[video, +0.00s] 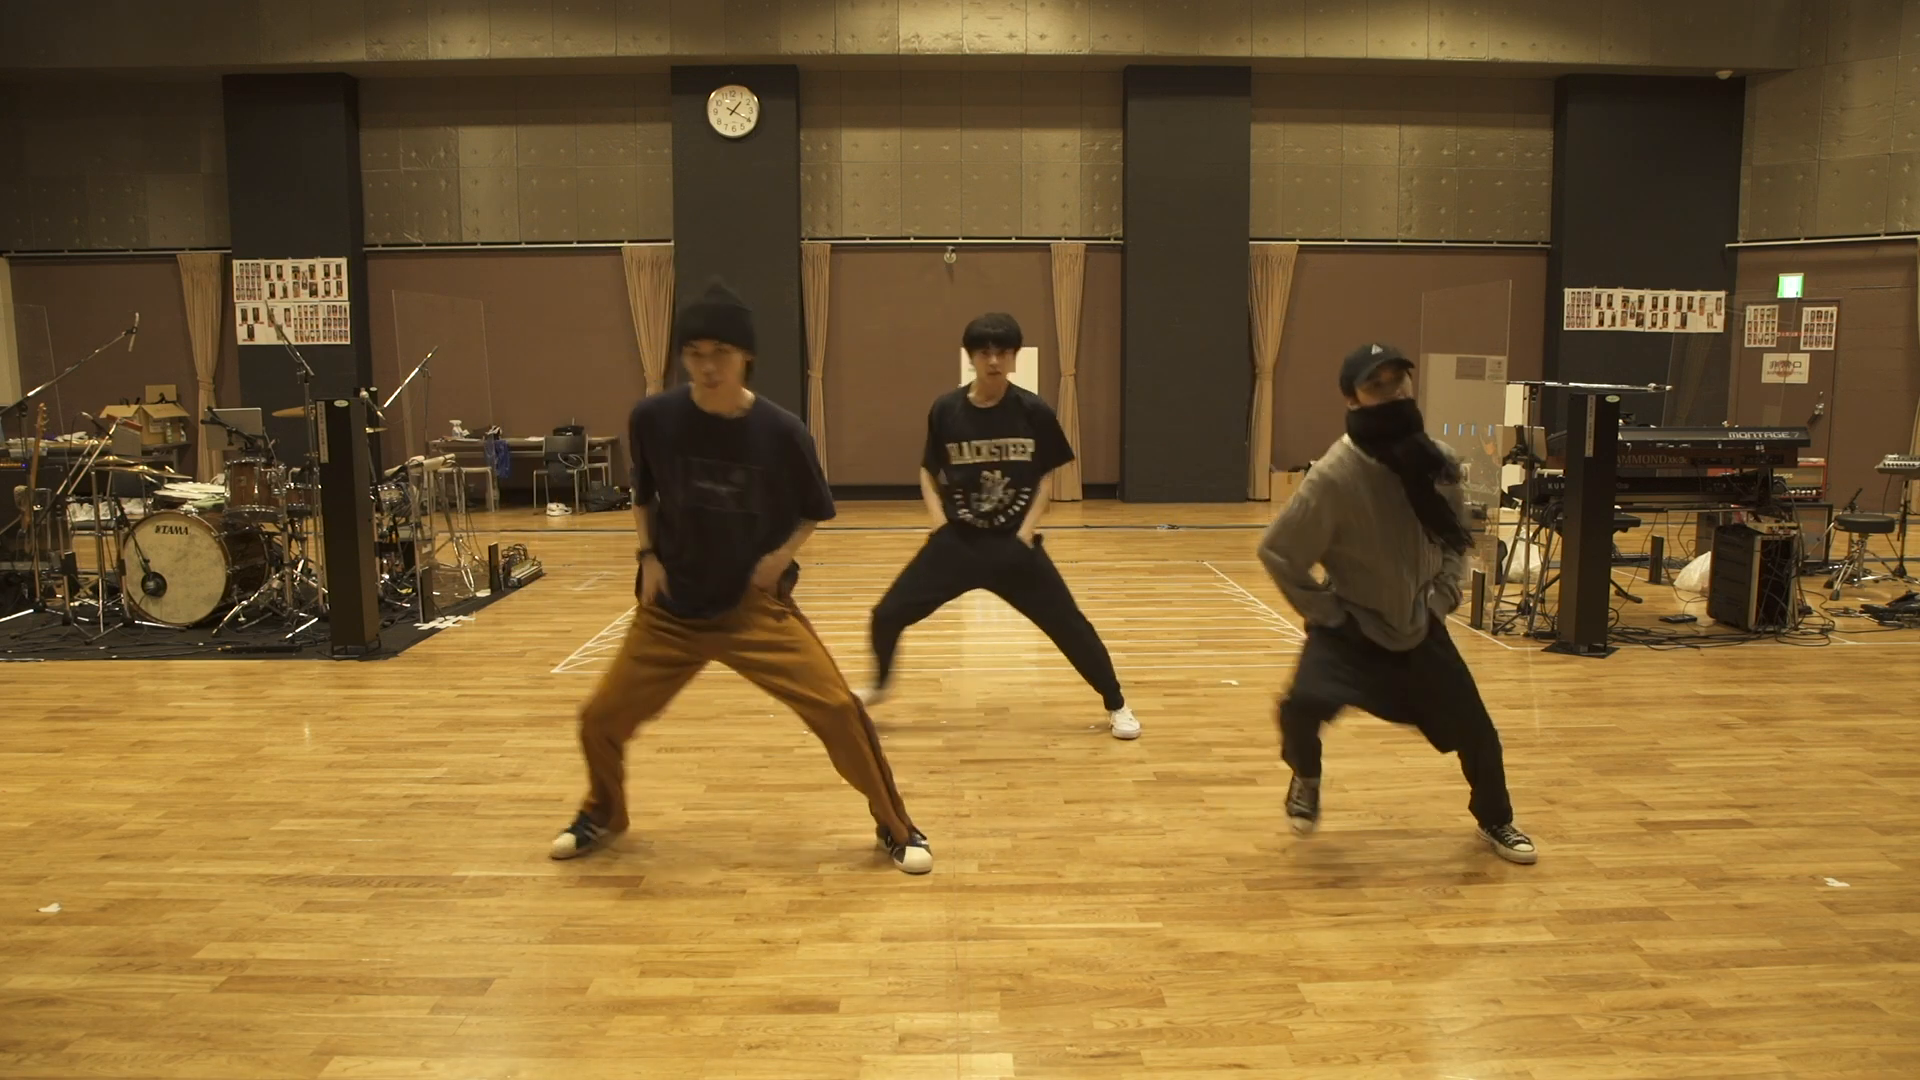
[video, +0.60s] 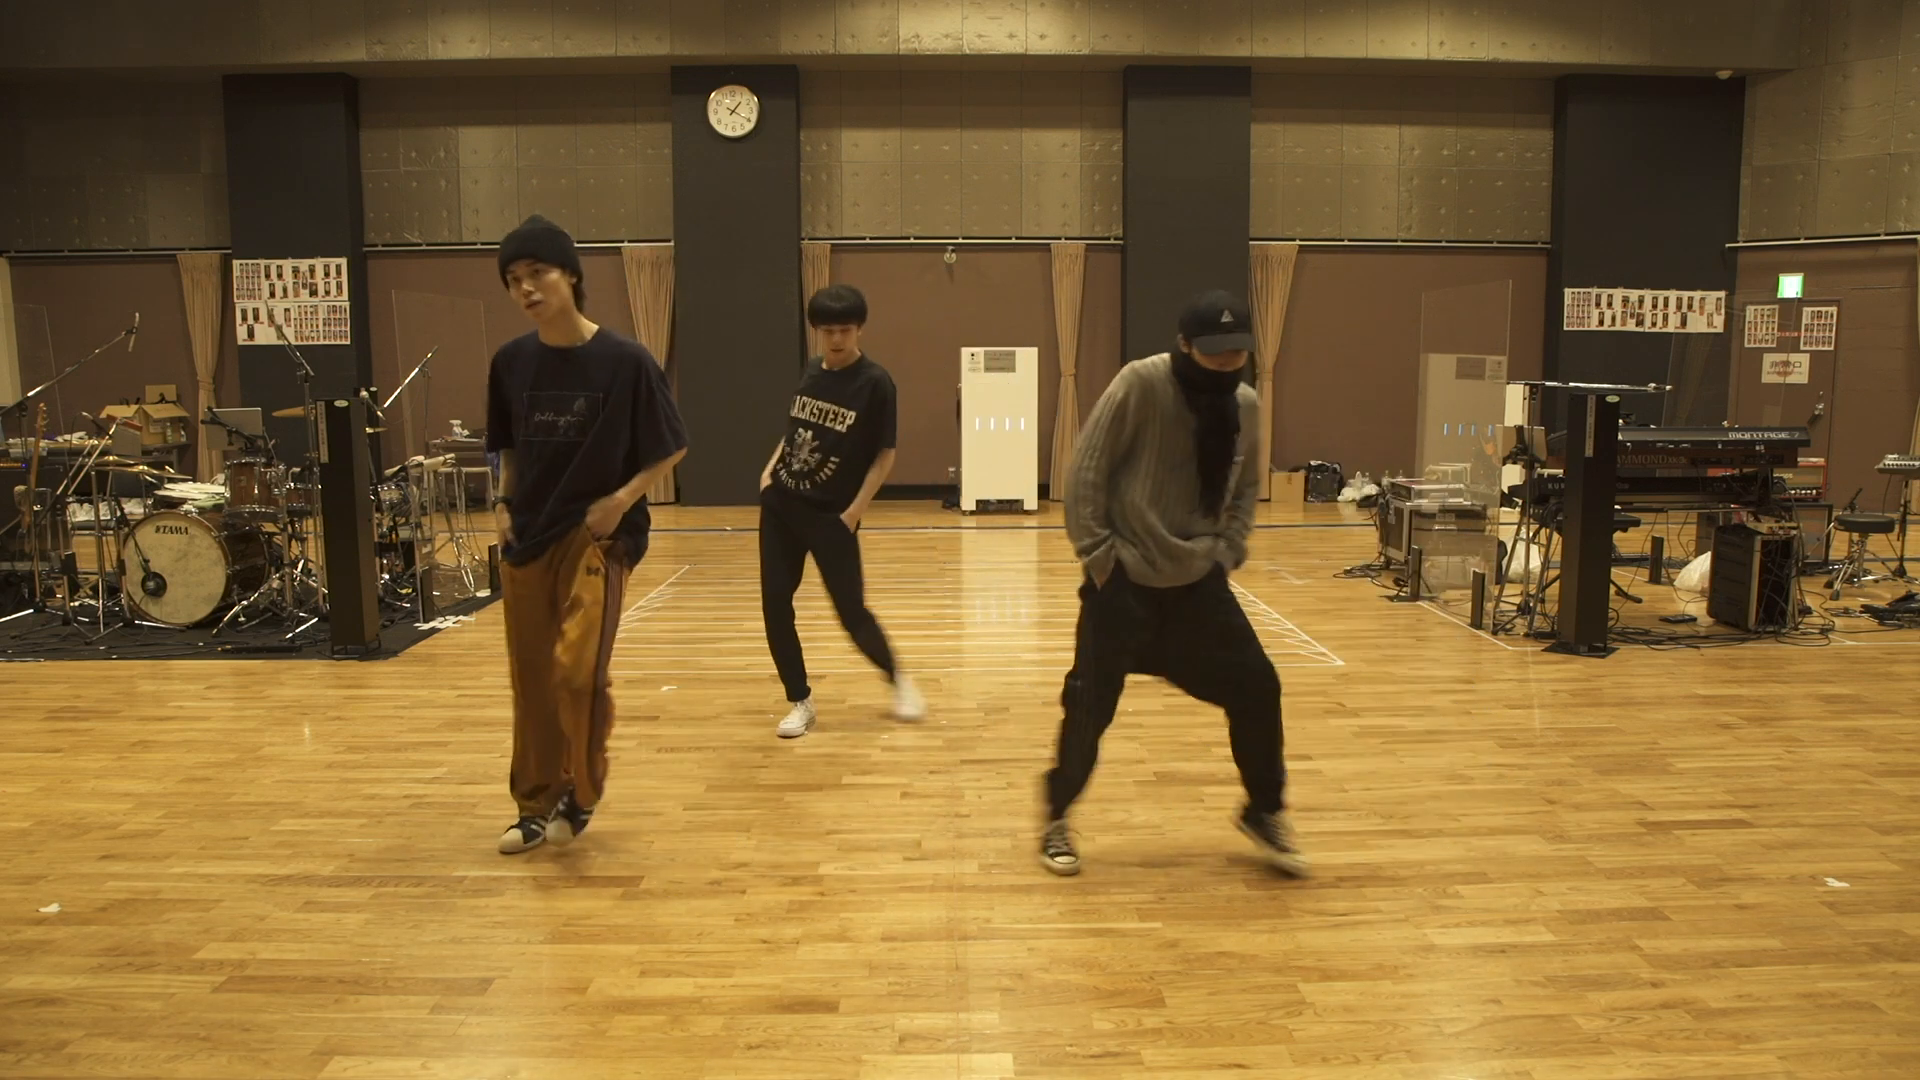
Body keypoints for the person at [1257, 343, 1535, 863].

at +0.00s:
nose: (1395, 393)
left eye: (1400, 381)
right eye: (1378, 386)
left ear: (1412, 387)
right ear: (1353, 399)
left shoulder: (1435, 462)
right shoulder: (1334, 473)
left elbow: (1458, 538)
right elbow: (1277, 551)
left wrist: (1443, 594)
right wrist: (1323, 610)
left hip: (1420, 624)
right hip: (1348, 623)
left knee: (1477, 731)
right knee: (1300, 710)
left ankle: (1497, 820)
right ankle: (1306, 776)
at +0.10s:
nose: (1381, 400)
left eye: (1387, 387)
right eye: (1365, 392)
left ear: (1402, 392)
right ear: (1343, 407)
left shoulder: (1442, 460)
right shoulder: (1318, 476)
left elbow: (1479, 532)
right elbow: (1257, 536)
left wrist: (1438, 605)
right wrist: (1307, 601)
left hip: (1410, 632)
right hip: (1328, 625)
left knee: (1475, 738)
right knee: (1255, 681)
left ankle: (1496, 821)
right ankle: (1255, 777)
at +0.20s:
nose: (1357, 373)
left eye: (1364, 360)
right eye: (1341, 365)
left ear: (1380, 366)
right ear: (1318, 379)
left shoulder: (1413, 433)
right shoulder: (1286, 439)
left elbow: (1448, 517)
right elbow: (1240, 509)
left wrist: (1419, 590)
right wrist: (1284, 582)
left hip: (1389, 621)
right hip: (1306, 617)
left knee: (1446, 723)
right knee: (1215, 695)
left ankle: (1497, 817)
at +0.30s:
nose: (1311, 354)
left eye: (1319, 342)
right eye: (1297, 344)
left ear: (1332, 346)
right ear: (1270, 348)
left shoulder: (1350, 412)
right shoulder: (1227, 396)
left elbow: (1383, 490)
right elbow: (1189, 483)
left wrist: (1357, 564)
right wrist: (1207, 566)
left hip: (1318, 599)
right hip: (1235, 597)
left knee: (1374, 698)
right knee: (1162, 696)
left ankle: (1424, 805)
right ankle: (1138, 833)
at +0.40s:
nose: (1283, 354)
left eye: (1291, 342)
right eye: (1269, 343)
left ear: (1303, 343)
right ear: (1240, 343)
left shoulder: (1316, 408)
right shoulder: (1196, 387)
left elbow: (1331, 498)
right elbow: (1146, 476)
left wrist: (1306, 562)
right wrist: (1168, 559)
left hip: (1275, 589)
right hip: (1195, 586)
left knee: (1320, 703)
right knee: (1130, 699)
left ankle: (1366, 815)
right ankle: (1133, 836)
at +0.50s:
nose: (1243, 358)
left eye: (1253, 347)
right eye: (1230, 347)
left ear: (1267, 345)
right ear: (1203, 343)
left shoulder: (1270, 407)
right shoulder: (1158, 379)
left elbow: (1275, 491)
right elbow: (1106, 468)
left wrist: (1256, 554)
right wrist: (1119, 555)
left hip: (1223, 587)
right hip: (1146, 582)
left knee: (1262, 704)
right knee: (1101, 698)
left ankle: (1301, 820)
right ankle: (1122, 827)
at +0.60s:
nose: (1230, 363)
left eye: (1238, 351)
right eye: (1217, 353)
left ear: (1247, 346)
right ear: (1186, 345)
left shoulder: (1245, 402)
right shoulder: (1139, 384)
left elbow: (1245, 487)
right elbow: (1086, 469)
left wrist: (1225, 552)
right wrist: (1098, 557)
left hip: (1197, 578)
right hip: (1123, 574)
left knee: (1258, 686)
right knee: (1090, 702)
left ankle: (1263, 811)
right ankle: (1056, 817)